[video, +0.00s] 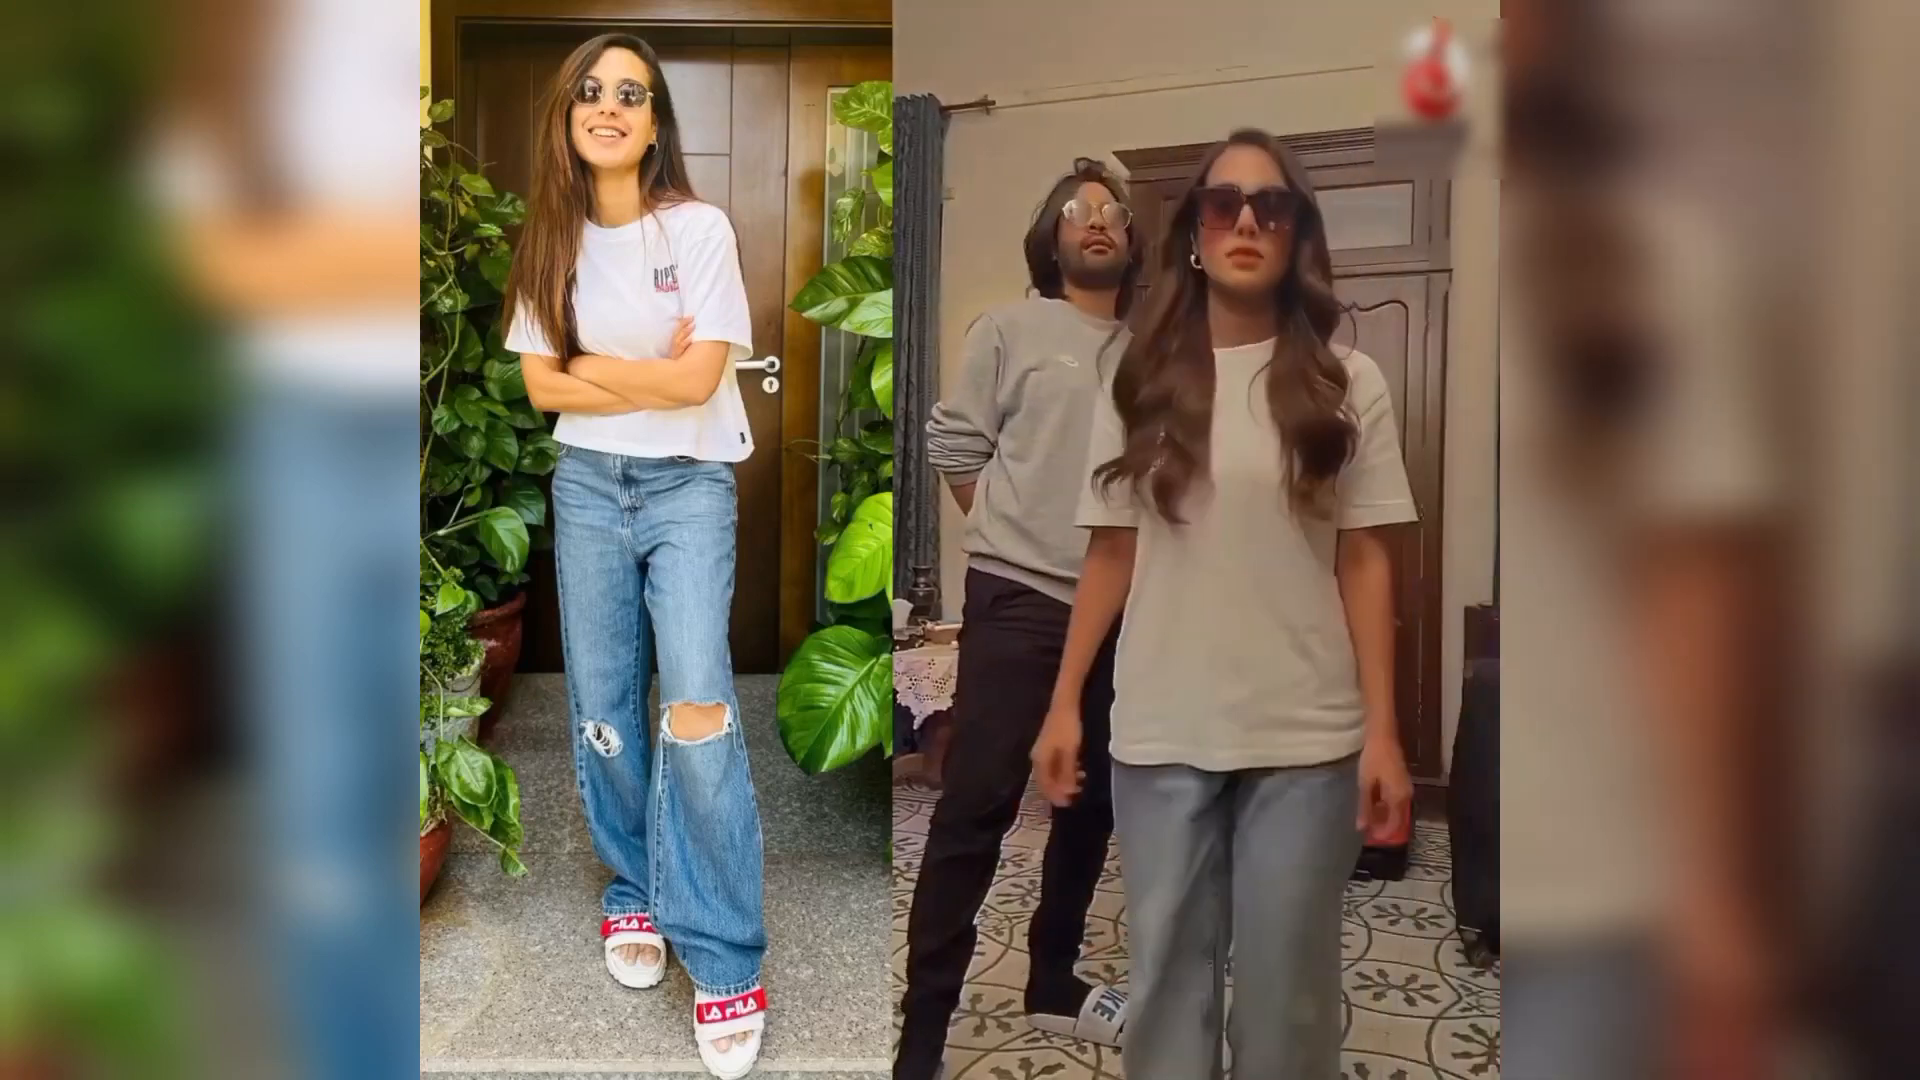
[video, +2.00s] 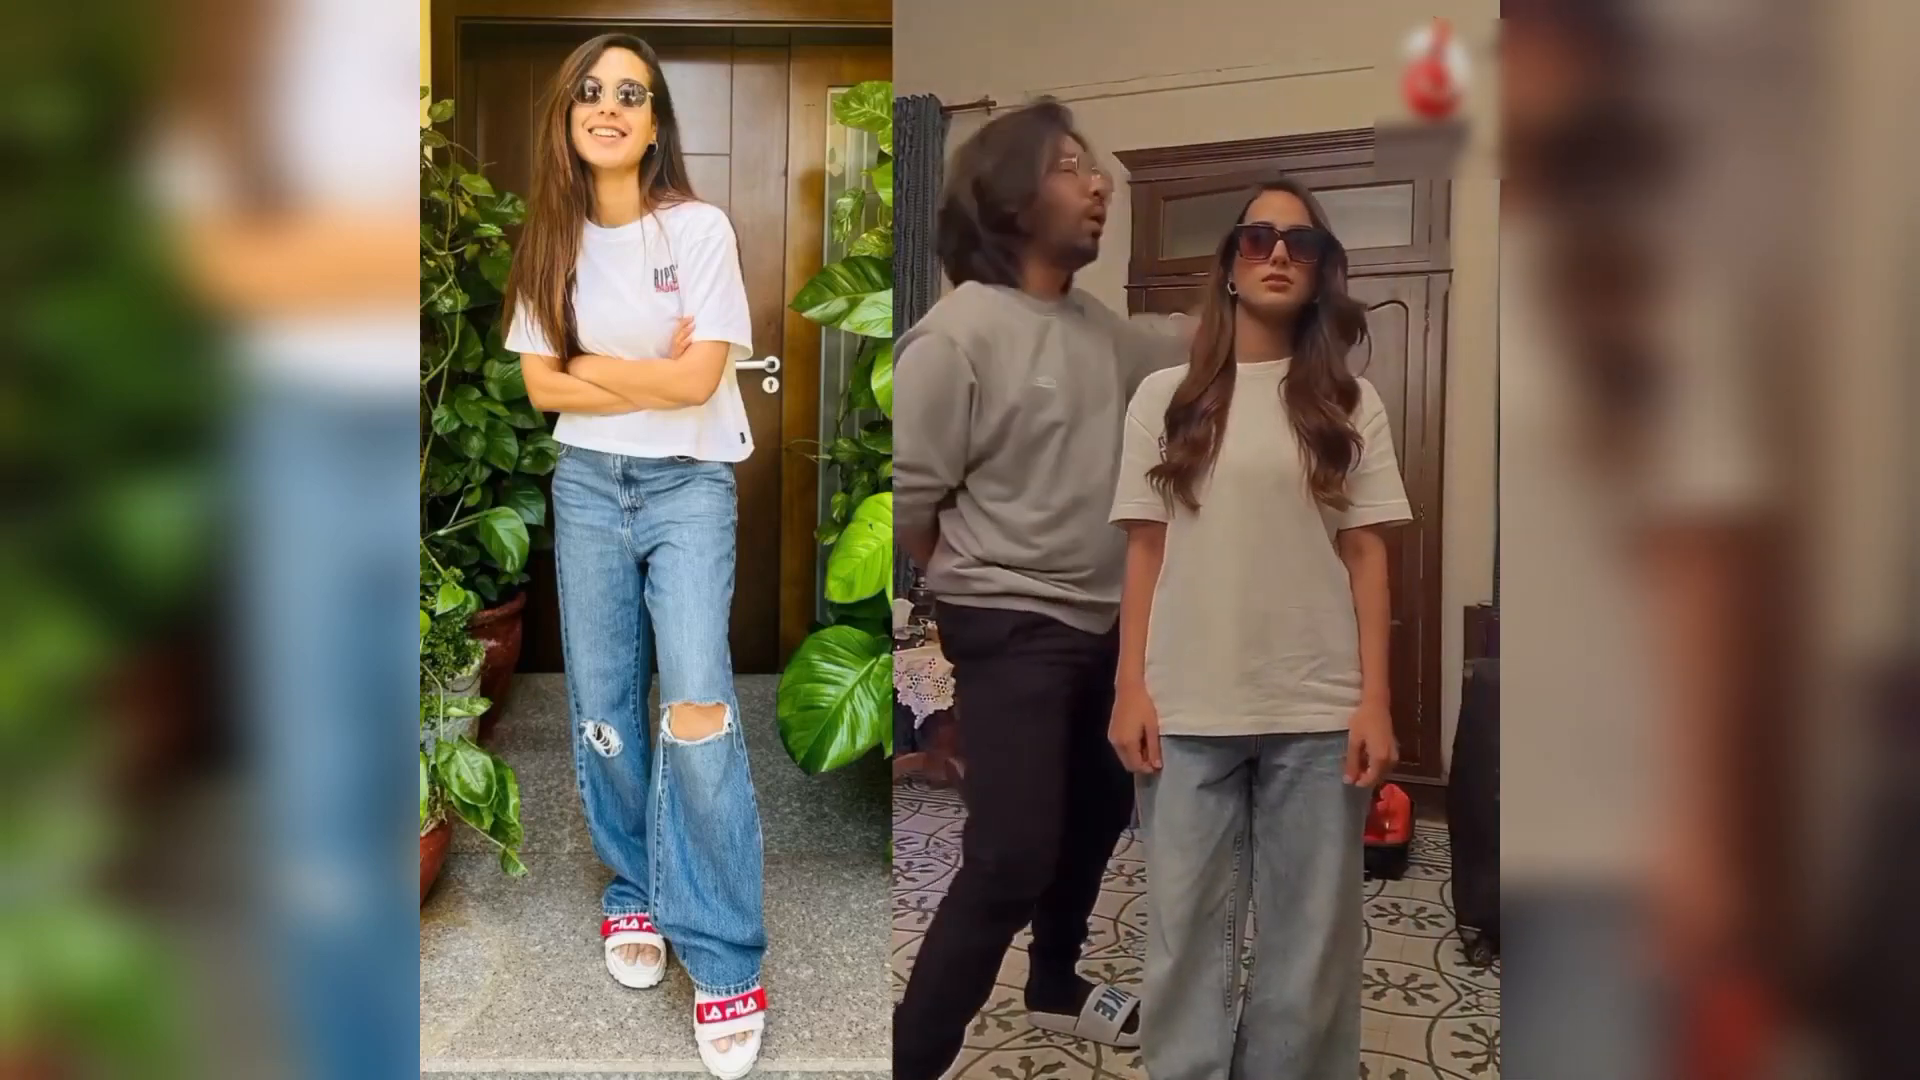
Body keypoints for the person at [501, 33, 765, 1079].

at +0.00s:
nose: (610, 111)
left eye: (630, 97)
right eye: (593, 95)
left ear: (656, 121)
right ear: (566, 117)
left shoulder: (700, 226)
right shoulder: (549, 240)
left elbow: (699, 378)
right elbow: (540, 385)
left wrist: (576, 362)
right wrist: (662, 379)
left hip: (689, 482)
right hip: (585, 484)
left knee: (695, 709)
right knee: (603, 708)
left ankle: (724, 958)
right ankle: (631, 891)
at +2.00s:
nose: (610, 111)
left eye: (630, 97)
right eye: (593, 95)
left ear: (657, 121)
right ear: (566, 117)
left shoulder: (700, 226)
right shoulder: (549, 240)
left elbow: (699, 379)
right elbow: (541, 386)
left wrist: (575, 362)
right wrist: (662, 379)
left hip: (689, 482)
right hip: (585, 484)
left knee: (695, 709)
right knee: (603, 709)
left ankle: (724, 957)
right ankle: (631, 890)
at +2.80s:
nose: (610, 111)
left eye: (630, 97)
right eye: (593, 95)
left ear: (657, 121)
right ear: (566, 117)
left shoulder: (700, 226)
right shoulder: (550, 240)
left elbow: (699, 378)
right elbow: (541, 386)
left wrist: (576, 362)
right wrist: (662, 379)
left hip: (689, 481)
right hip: (585, 484)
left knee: (695, 709)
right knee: (603, 709)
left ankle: (724, 957)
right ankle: (631, 890)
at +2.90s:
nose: (610, 111)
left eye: (630, 97)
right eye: (593, 95)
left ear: (656, 121)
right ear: (566, 117)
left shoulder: (700, 226)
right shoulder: (549, 240)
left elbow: (699, 378)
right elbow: (540, 385)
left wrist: (576, 362)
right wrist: (661, 379)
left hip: (689, 482)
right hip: (585, 484)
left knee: (695, 709)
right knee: (603, 708)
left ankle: (724, 957)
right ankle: (631, 891)